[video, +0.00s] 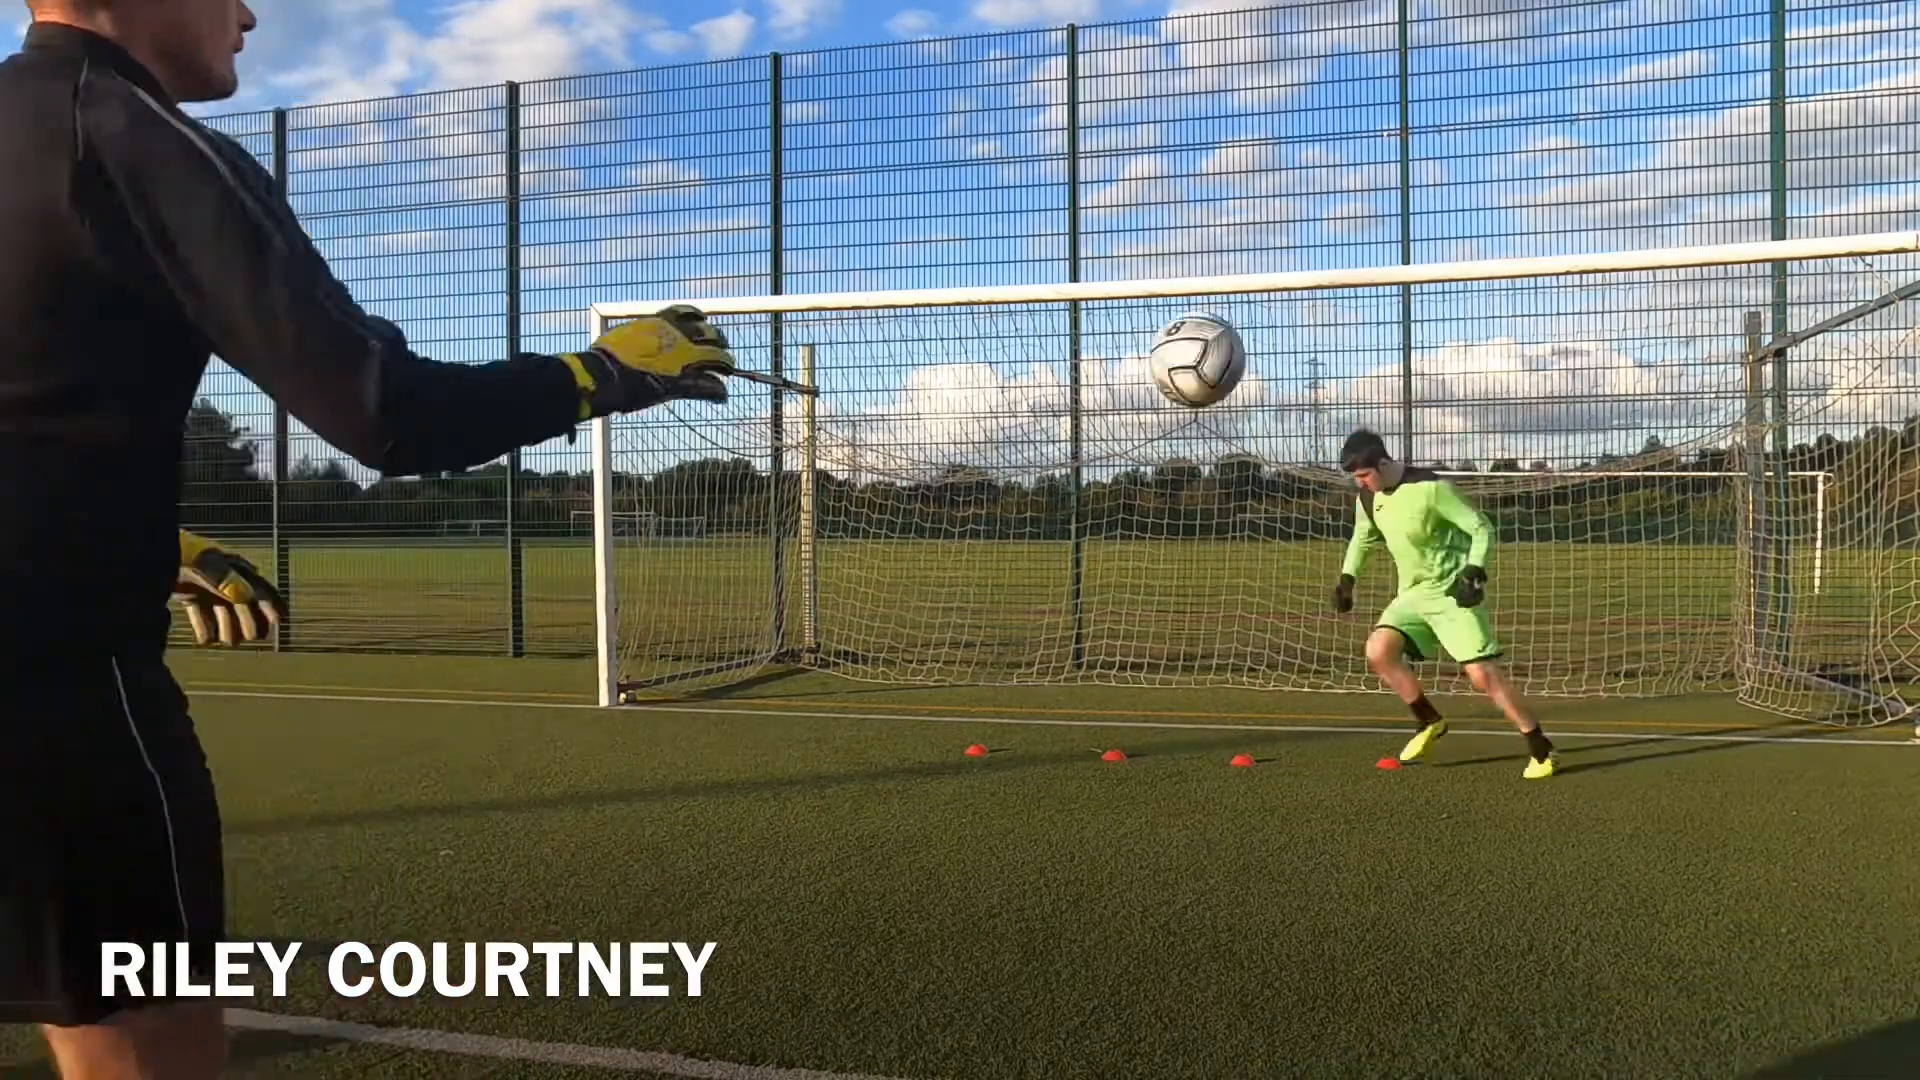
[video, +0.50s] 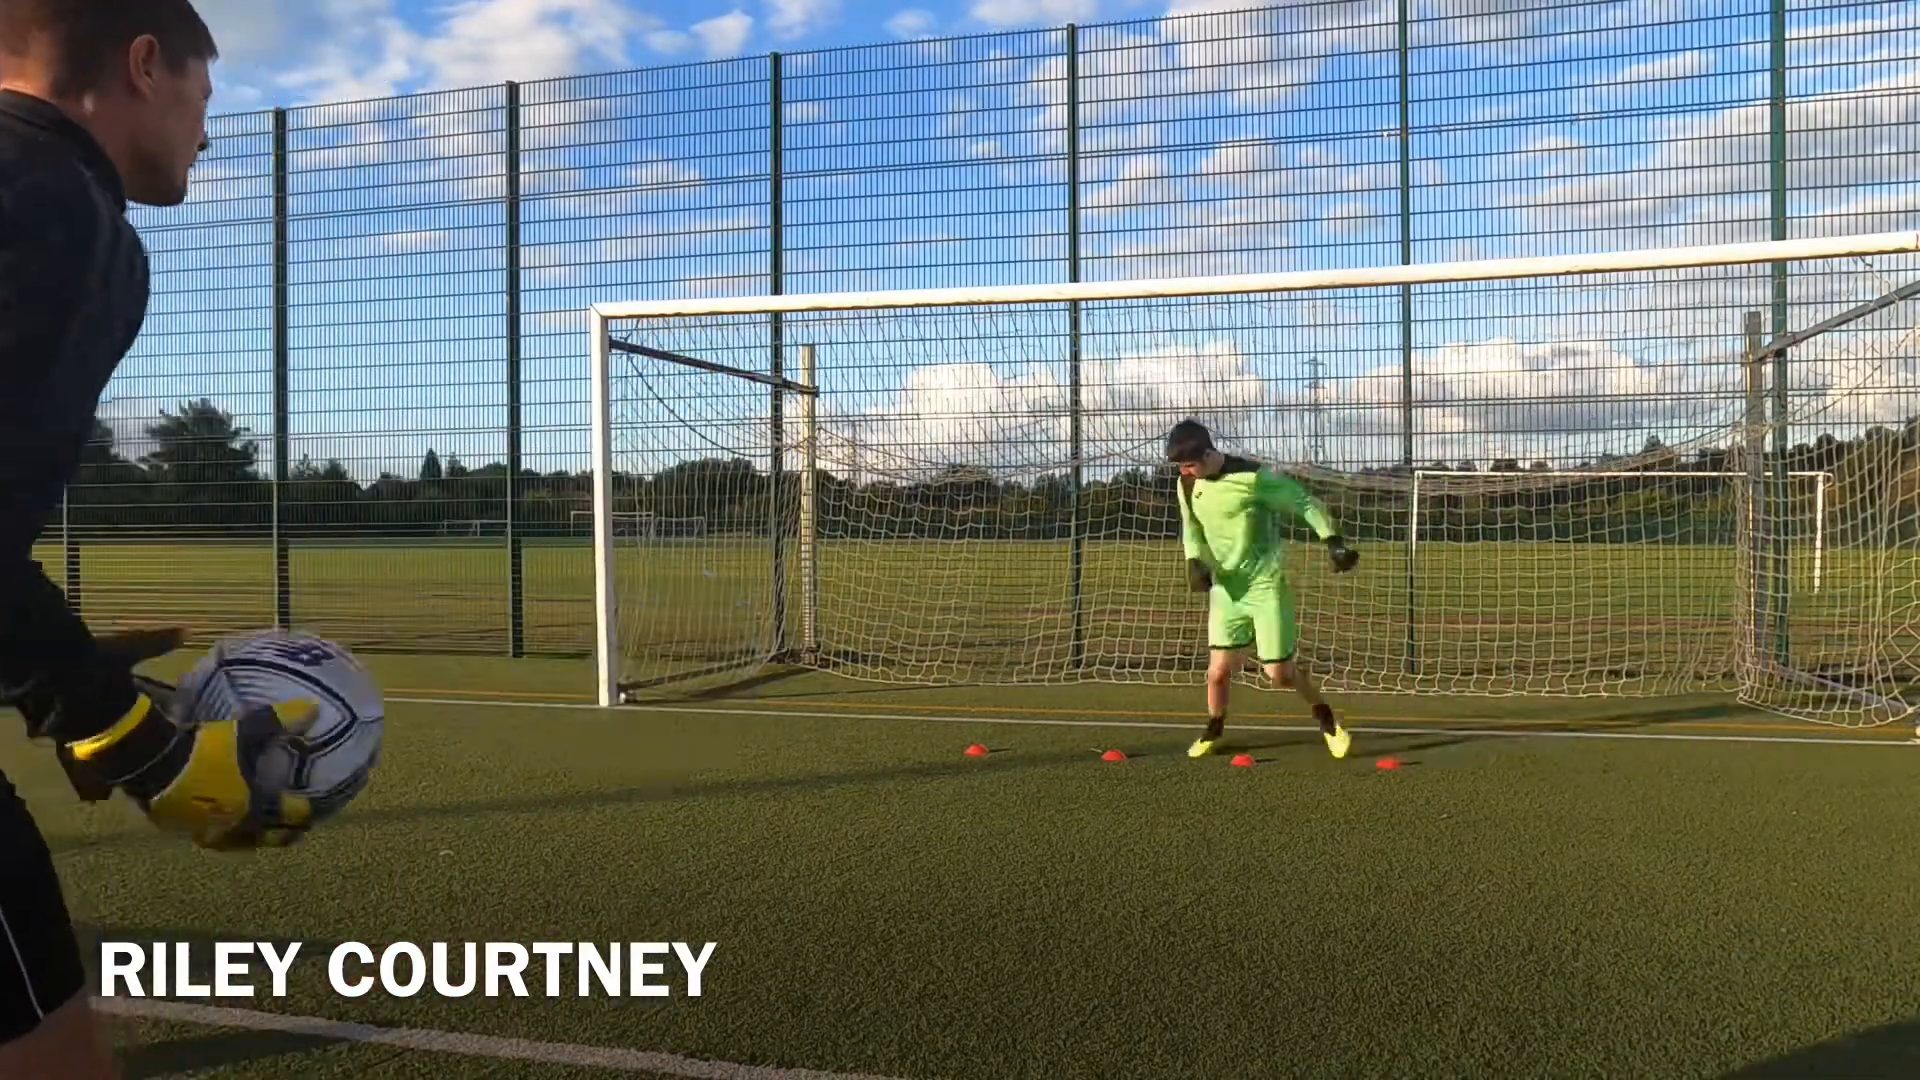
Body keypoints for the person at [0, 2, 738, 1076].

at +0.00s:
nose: (246, 12)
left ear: (83, 1)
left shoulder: (17, 113)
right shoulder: (133, 142)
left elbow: (19, 420)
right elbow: (389, 410)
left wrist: (151, 551)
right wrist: (601, 374)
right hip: (69, 667)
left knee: (106, 1048)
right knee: (149, 1051)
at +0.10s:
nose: (260, 43)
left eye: (248, 11)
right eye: (237, 8)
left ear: (121, 17)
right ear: (147, 9)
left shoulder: (24, 136)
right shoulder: (141, 171)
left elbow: (9, 453)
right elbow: (433, 408)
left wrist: (121, 584)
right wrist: (677, 385)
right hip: (24, 688)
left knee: (63, 1036)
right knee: (136, 1041)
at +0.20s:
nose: (282, 100)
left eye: (275, 62)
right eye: (263, 59)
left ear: (141, 56)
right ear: (172, 50)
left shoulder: (24, 167)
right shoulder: (150, 210)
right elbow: (446, 432)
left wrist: (70, 624)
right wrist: (734, 495)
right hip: (6, 723)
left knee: (76, 1031)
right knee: (109, 1040)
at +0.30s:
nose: (273, 131)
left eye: (274, 101)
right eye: (262, 98)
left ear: (75, 84)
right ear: (187, 77)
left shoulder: (14, 183)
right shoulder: (154, 229)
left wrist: (20, 653)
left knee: (68, 1039)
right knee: (86, 1044)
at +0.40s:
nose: (252, 139)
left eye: (255, 108)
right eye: (246, 104)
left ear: (67, 83)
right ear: (181, 85)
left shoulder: (17, 184)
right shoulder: (105, 236)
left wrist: (10, 656)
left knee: (59, 1040)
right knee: (71, 1046)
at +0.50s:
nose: (205, 130)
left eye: (209, 98)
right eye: (202, 92)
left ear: (47, 64)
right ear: (139, 64)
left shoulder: (34, 192)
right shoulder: (69, 220)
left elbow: (5, 530)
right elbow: (5, 533)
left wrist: (72, 682)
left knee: (58, 1033)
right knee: (55, 1040)